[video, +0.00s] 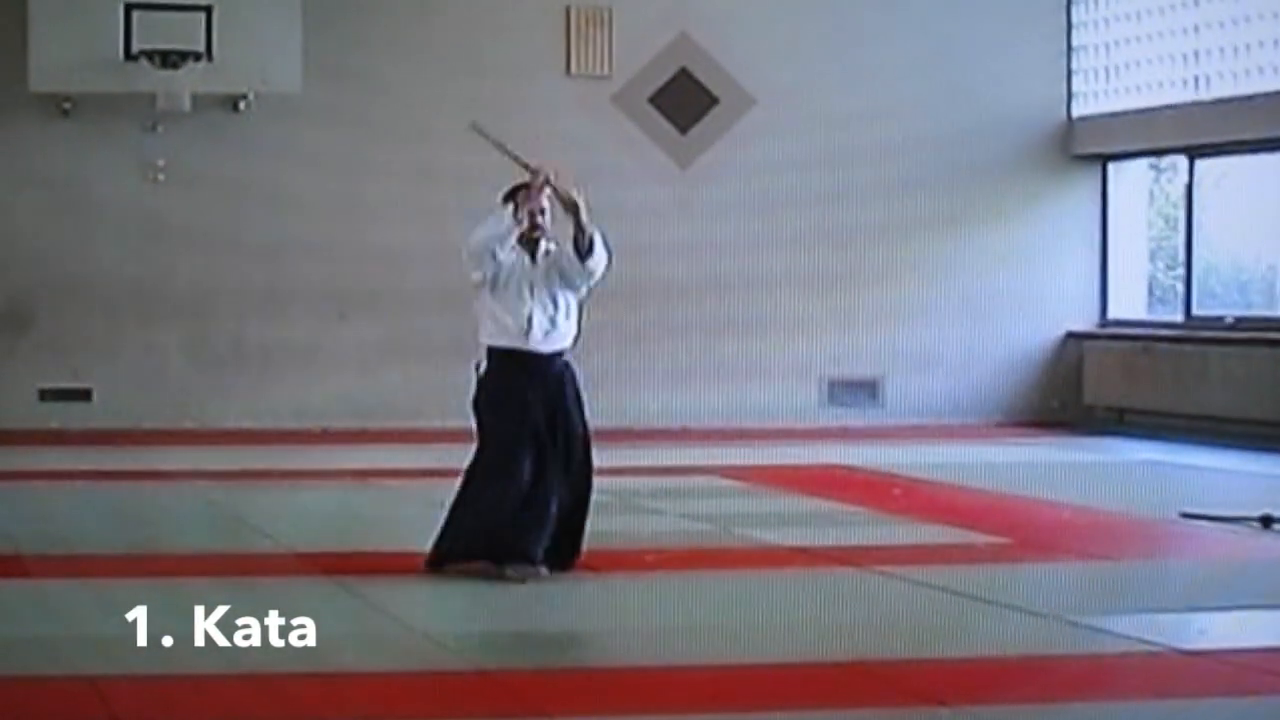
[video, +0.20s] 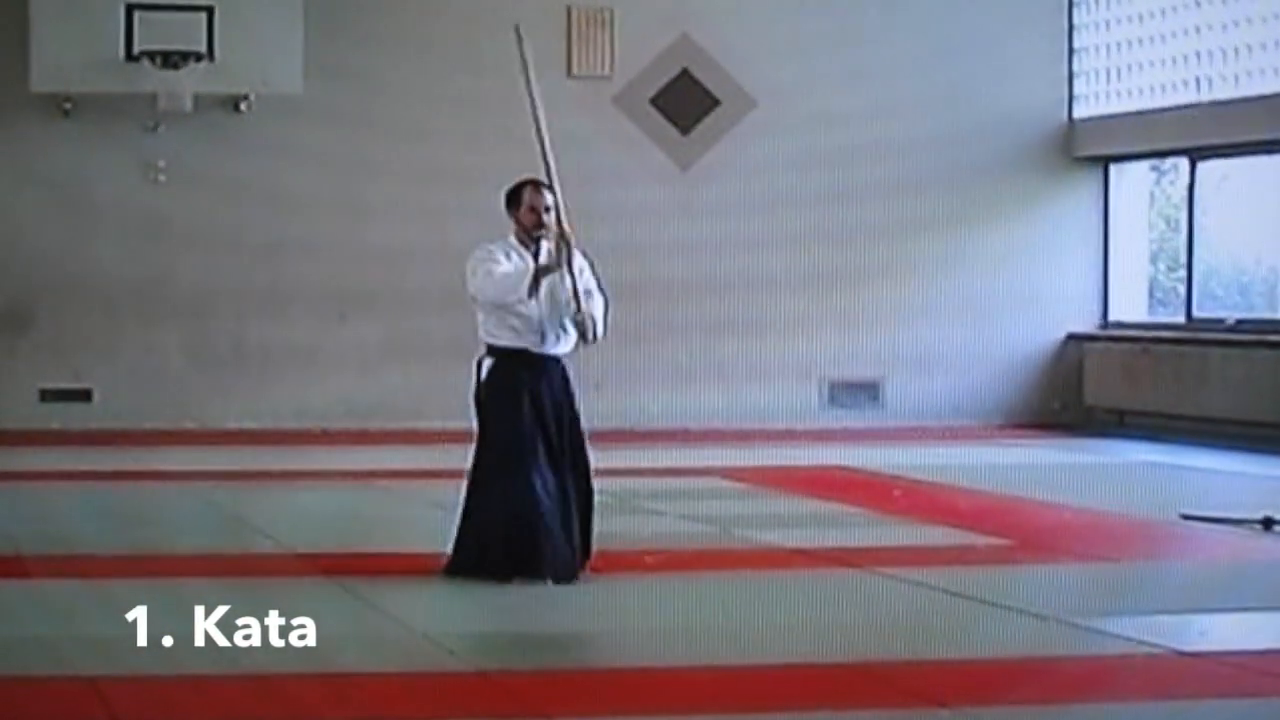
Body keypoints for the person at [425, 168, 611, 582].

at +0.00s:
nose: (535, 218)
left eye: (542, 210)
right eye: (526, 210)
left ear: (551, 216)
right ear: (511, 215)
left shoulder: (562, 263)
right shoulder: (498, 260)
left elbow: (592, 266)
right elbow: (477, 251)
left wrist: (578, 216)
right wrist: (516, 208)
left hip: (554, 367)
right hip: (507, 365)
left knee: (564, 462)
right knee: (510, 461)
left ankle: (540, 553)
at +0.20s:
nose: (540, 219)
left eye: (546, 211)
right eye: (532, 210)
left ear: (554, 215)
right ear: (514, 215)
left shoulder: (569, 262)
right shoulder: (490, 257)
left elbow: (593, 325)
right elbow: (491, 290)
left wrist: (571, 262)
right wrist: (542, 265)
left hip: (552, 371)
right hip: (508, 370)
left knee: (561, 463)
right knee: (523, 465)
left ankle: (565, 556)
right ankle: (539, 559)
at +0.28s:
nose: (543, 218)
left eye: (548, 210)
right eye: (535, 210)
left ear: (556, 215)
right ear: (516, 214)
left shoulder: (567, 261)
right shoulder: (493, 258)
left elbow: (588, 300)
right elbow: (500, 295)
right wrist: (550, 286)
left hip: (551, 368)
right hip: (509, 369)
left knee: (561, 463)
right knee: (526, 466)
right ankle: (547, 562)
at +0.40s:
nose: (547, 217)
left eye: (553, 209)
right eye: (539, 208)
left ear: (560, 214)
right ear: (519, 212)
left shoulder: (569, 260)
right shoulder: (497, 260)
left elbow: (591, 302)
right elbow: (509, 298)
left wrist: (586, 338)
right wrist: (552, 307)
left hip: (551, 368)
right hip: (509, 368)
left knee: (562, 460)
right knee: (518, 463)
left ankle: (564, 557)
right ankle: (511, 559)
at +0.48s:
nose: (549, 215)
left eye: (555, 208)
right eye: (540, 207)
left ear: (562, 213)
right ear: (520, 211)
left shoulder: (570, 258)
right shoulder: (499, 257)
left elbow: (592, 302)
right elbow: (511, 294)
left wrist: (585, 336)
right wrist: (552, 310)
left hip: (550, 368)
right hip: (508, 367)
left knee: (558, 459)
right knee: (515, 461)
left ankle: (561, 551)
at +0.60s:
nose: (555, 217)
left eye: (561, 210)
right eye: (547, 209)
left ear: (566, 215)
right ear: (526, 210)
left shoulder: (572, 259)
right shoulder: (504, 260)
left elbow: (592, 304)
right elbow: (526, 295)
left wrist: (585, 330)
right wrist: (562, 315)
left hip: (548, 369)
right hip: (509, 369)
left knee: (550, 462)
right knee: (518, 462)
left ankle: (552, 554)